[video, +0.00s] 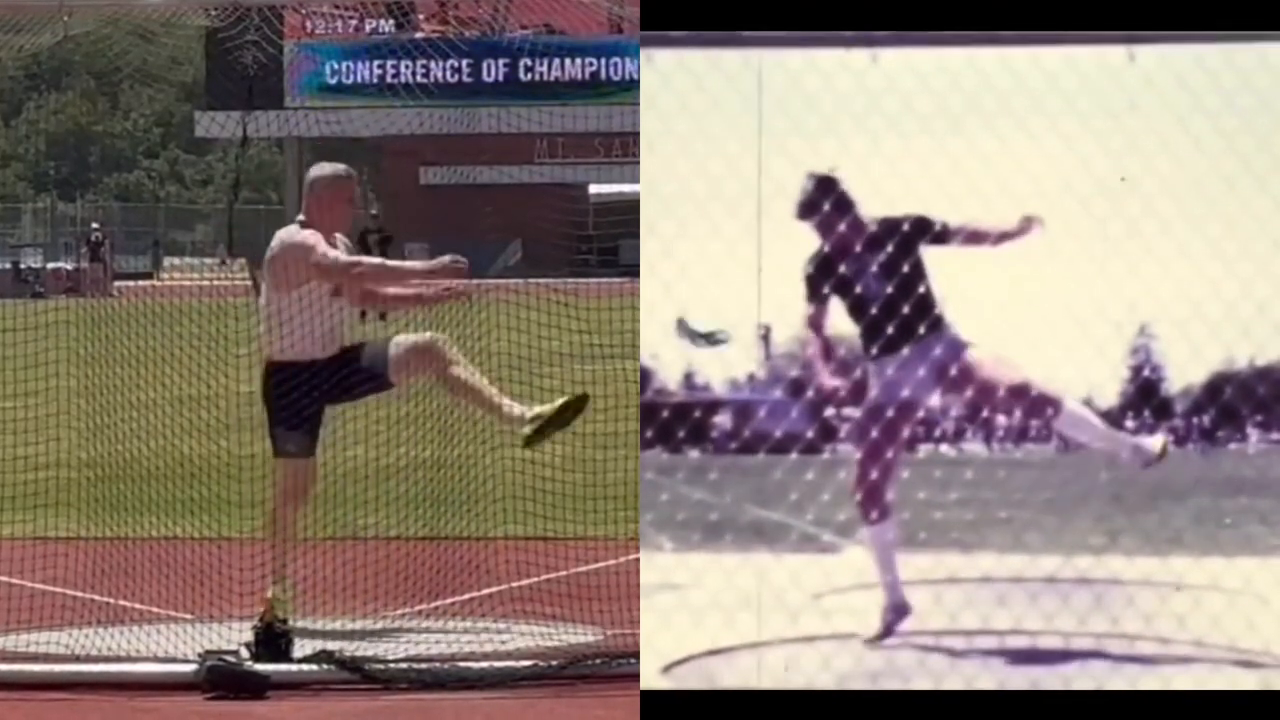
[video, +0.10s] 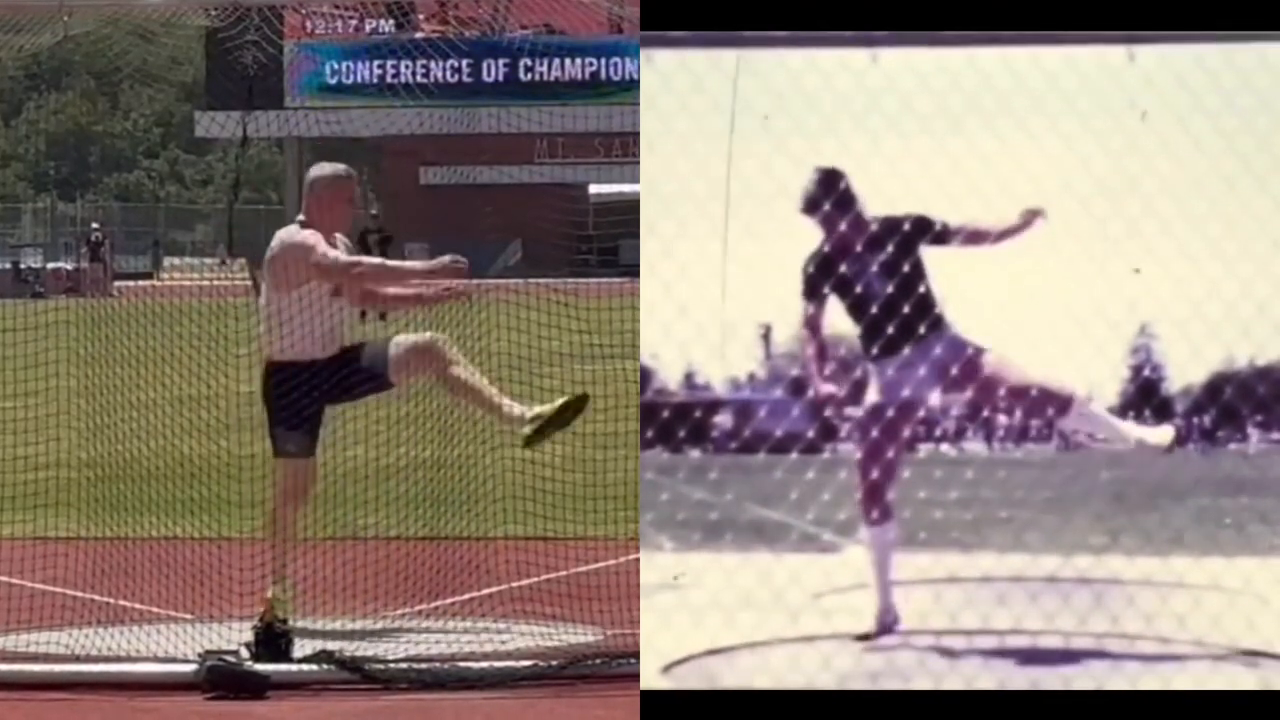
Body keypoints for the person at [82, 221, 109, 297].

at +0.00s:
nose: (95, 233)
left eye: (97, 230)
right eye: (93, 230)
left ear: (100, 230)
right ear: (91, 230)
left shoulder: (103, 238)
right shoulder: (89, 238)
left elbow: (105, 249)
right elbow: (86, 248)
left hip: (100, 260)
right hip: (91, 260)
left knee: (100, 277)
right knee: (92, 277)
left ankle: (101, 292)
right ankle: (91, 292)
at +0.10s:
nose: (95, 233)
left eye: (97, 230)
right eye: (93, 230)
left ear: (100, 230)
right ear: (91, 230)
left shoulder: (103, 238)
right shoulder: (89, 238)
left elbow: (105, 249)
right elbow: (86, 248)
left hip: (100, 260)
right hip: (91, 260)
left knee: (100, 277)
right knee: (92, 277)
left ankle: (101, 292)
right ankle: (91, 292)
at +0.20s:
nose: (95, 232)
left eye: (97, 229)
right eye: (93, 230)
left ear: (99, 229)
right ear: (91, 230)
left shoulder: (103, 238)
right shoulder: (89, 238)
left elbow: (105, 249)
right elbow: (86, 248)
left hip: (100, 260)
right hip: (91, 259)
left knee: (100, 276)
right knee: (92, 277)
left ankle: (101, 292)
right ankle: (91, 292)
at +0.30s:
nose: (95, 232)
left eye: (97, 229)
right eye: (93, 229)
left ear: (99, 229)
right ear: (91, 229)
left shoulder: (103, 237)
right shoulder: (89, 238)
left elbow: (105, 248)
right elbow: (86, 247)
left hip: (100, 259)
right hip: (91, 259)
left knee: (100, 276)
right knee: (91, 276)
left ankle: (101, 292)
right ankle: (91, 292)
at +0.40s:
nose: (95, 232)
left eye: (97, 229)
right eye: (93, 229)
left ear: (99, 229)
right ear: (90, 229)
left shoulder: (102, 237)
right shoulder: (89, 237)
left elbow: (105, 247)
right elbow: (87, 247)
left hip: (100, 259)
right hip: (91, 259)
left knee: (100, 276)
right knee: (91, 276)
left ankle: (102, 291)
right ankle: (91, 291)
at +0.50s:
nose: (95, 232)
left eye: (97, 229)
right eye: (93, 229)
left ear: (99, 229)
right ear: (90, 229)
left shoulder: (102, 237)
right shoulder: (89, 237)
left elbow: (105, 248)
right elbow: (86, 247)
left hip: (100, 259)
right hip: (91, 259)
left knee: (100, 276)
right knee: (91, 276)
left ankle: (101, 292)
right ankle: (91, 292)